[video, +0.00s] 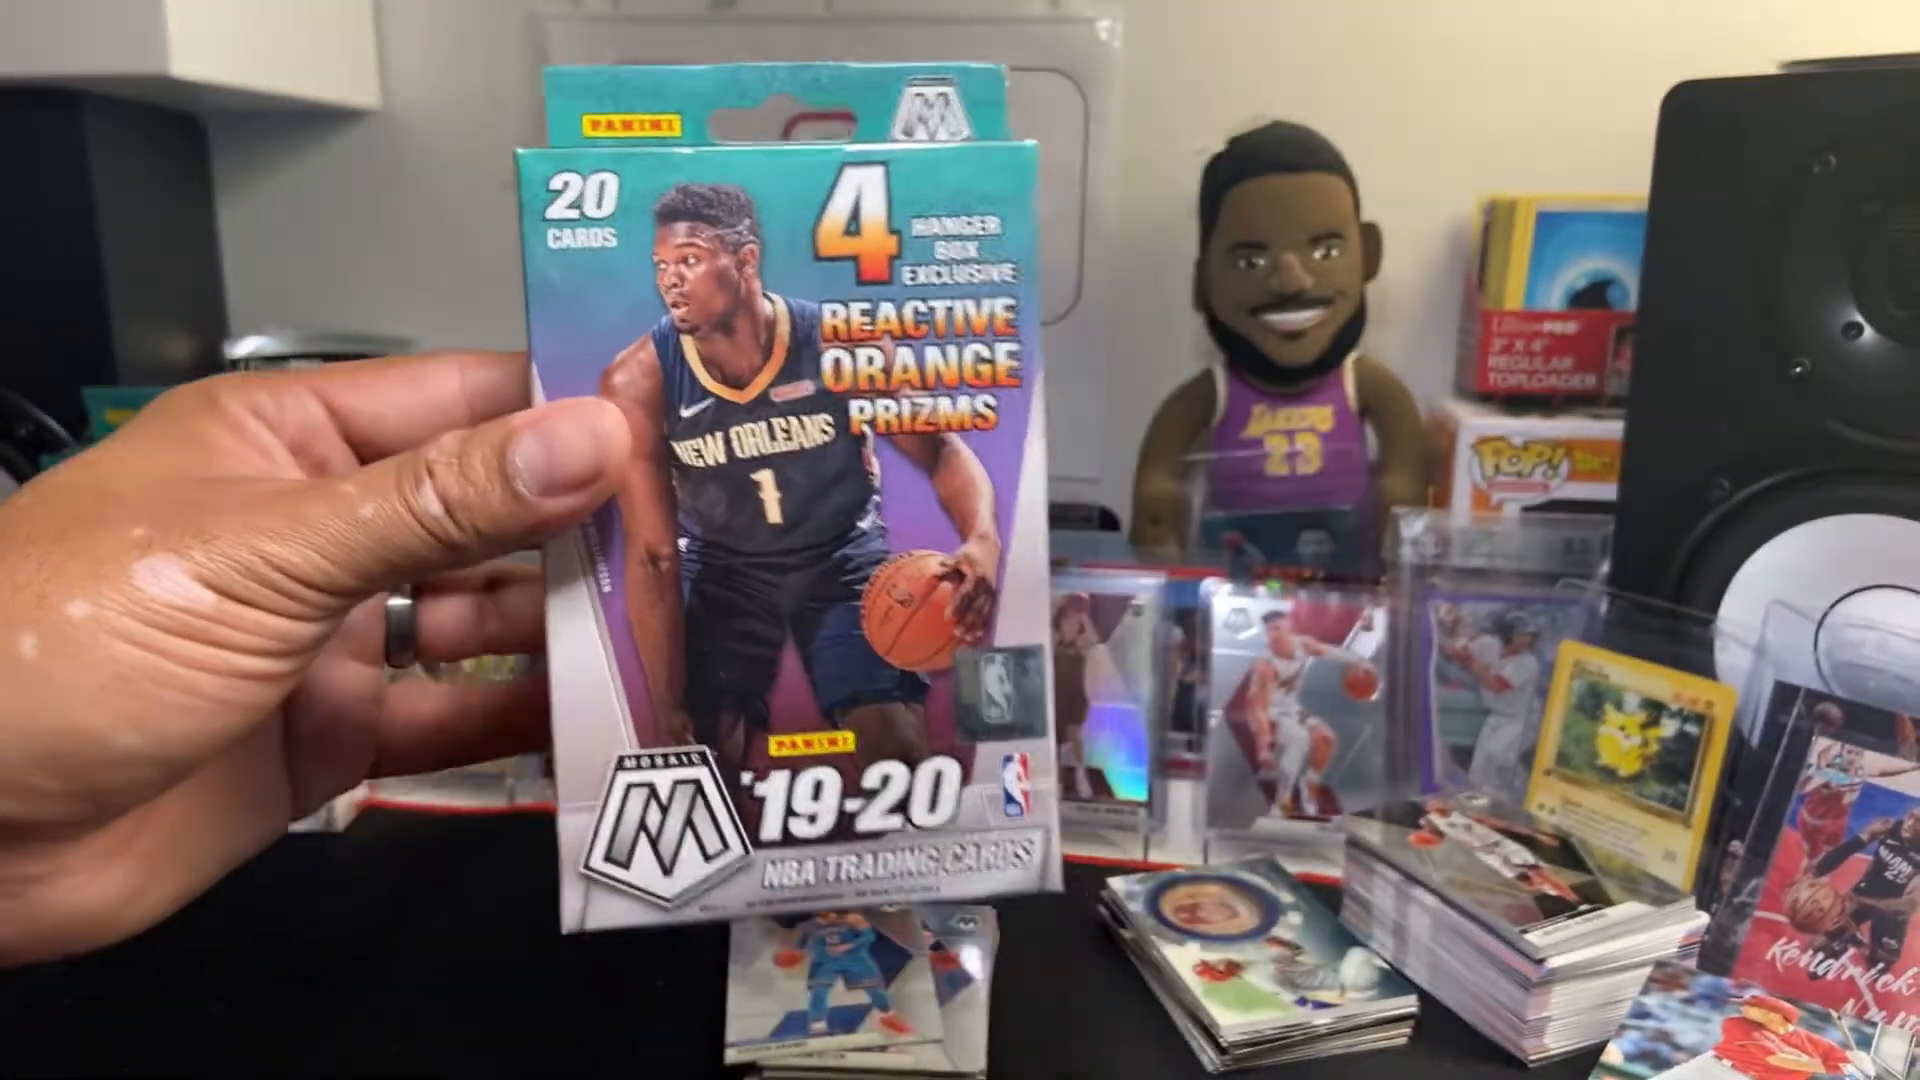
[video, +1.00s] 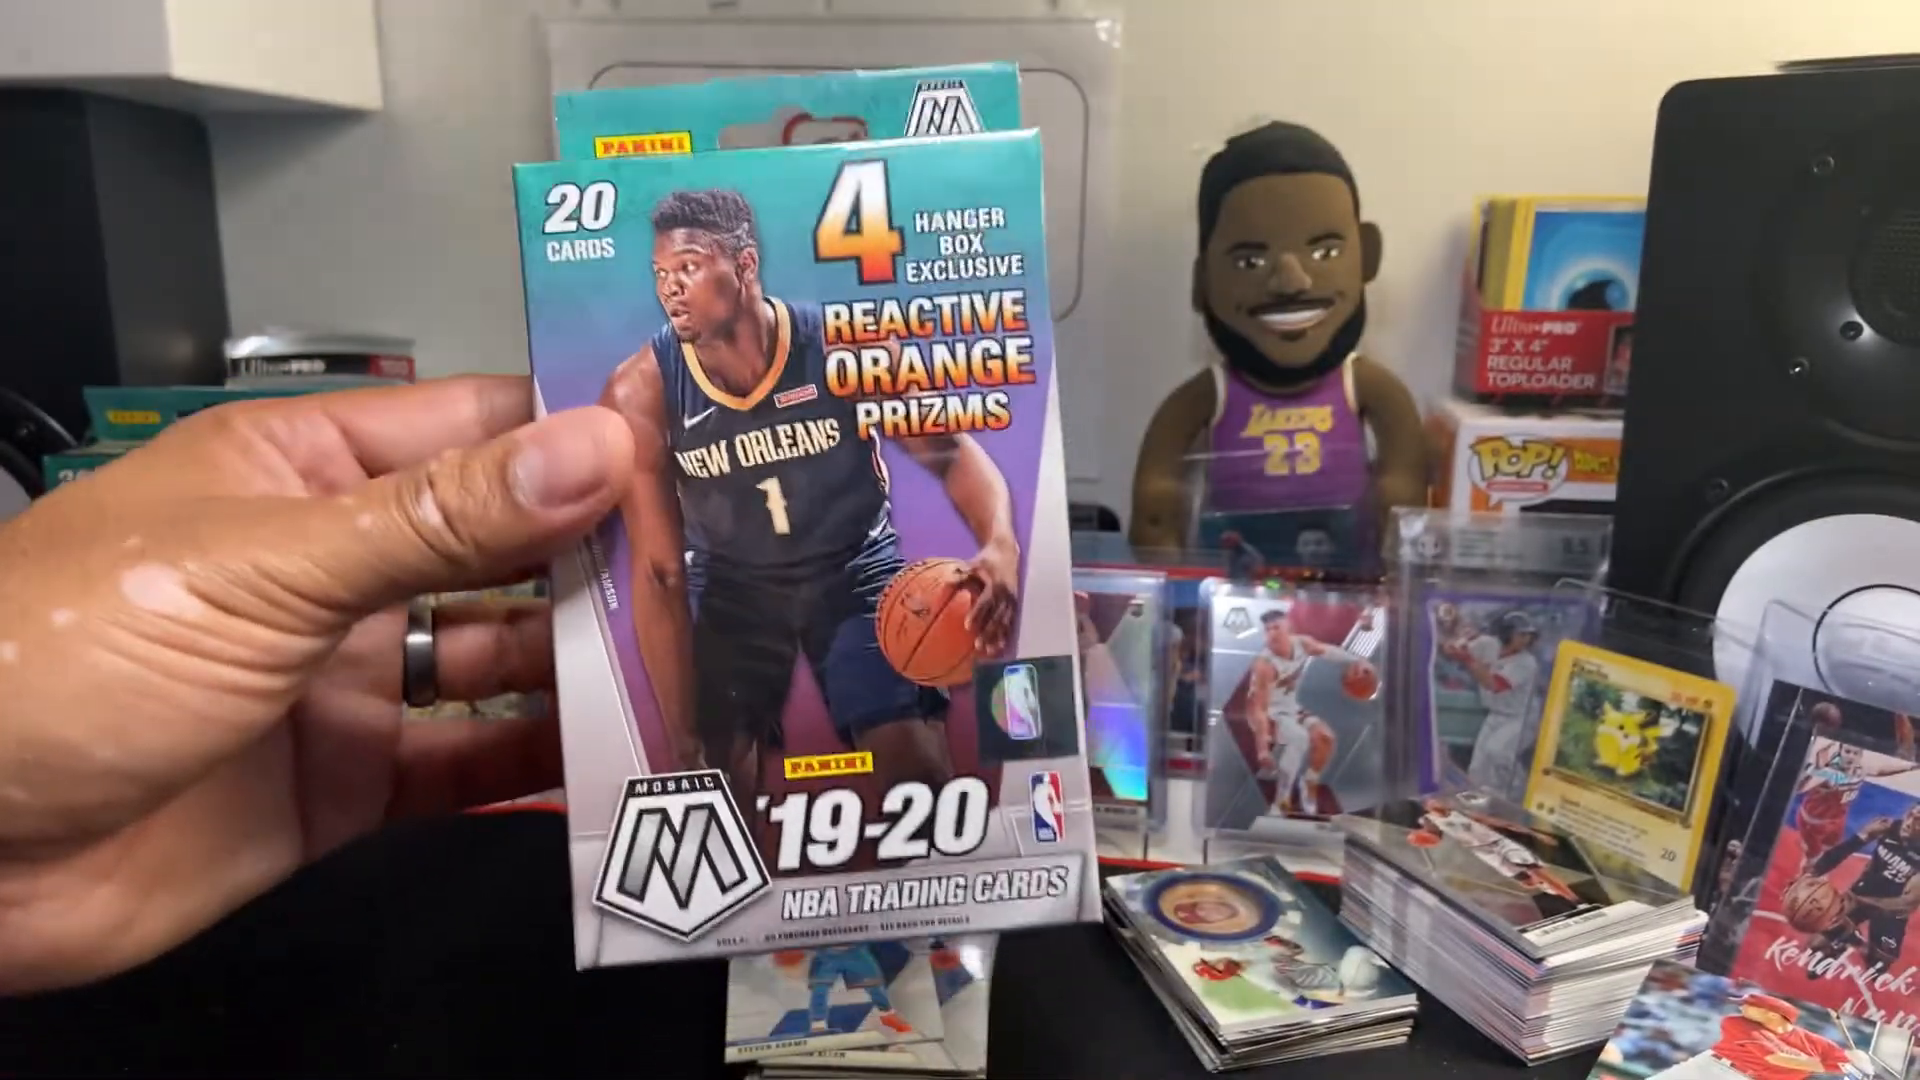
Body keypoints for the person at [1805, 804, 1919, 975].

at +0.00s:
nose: (1911, 824)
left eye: (1917, 823)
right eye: (1911, 817)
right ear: (1906, 815)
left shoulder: (1916, 856)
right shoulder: (1886, 828)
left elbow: (1910, 904)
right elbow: (1848, 848)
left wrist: (1861, 902)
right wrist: (1817, 871)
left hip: (1894, 908)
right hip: (1864, 895)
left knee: (1881, 965)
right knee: (1818, 945)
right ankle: (1842, 945)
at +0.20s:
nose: (1910, 823)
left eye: (1917, 822)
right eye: (1910, 816)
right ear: (1905, 814)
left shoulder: (1916, 852)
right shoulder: (1884, 828)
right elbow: (1845, 849)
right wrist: (1815, 871)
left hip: (1892, 910)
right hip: (1860, 898)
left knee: (1878, 968)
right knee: (1817, 947)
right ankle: (1846, 941)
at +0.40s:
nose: (1910, 823)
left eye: (1917, 821)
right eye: (1911, 816)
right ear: (1906, 814)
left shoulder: (1916, 851)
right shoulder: (1885, 828)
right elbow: (1845, 849)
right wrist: (1814, 871)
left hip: (1892, 910)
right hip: (1859, 897)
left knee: (1877, 970)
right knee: (1815, 948)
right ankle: (1844, 942)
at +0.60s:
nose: (1909, 823)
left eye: (1917, 821)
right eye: (1910, 816)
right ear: (1905, 814)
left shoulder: (1917, 855)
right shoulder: (1884, 827)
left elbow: (1909, 902)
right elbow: (1844, 849)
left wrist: (1859, 902)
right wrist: (1813, 872)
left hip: (1892, 910)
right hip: (1861, 895)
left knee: (1877, 970)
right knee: (1815, 948)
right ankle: (1846, 941)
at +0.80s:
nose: (1909, 823)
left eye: (1917, 821)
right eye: (1910, 815)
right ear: (1905, 814)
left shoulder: (1917, 858)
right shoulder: (1885, 828)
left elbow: (1907, 904)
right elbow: (1844, 850)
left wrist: (1858, 903)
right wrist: (1814, 871)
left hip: (1892, 909)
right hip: (1862, 894)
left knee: (1876, 970)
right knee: (1815, 946)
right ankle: (1847, 940)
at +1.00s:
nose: (1910, 823)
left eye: (1917, 821)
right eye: (1910, 816)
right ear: (1905, 814)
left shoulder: (1917, 859)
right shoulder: (1884, 828)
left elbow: (1907, 904)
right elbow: (1843, 850)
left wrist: (1859, 903)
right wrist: (1814, 872)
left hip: (1893, 909)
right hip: (1862, 895)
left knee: (1877, 971)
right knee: (1816, 947)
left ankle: (1854, 939)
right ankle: (1838, 948)